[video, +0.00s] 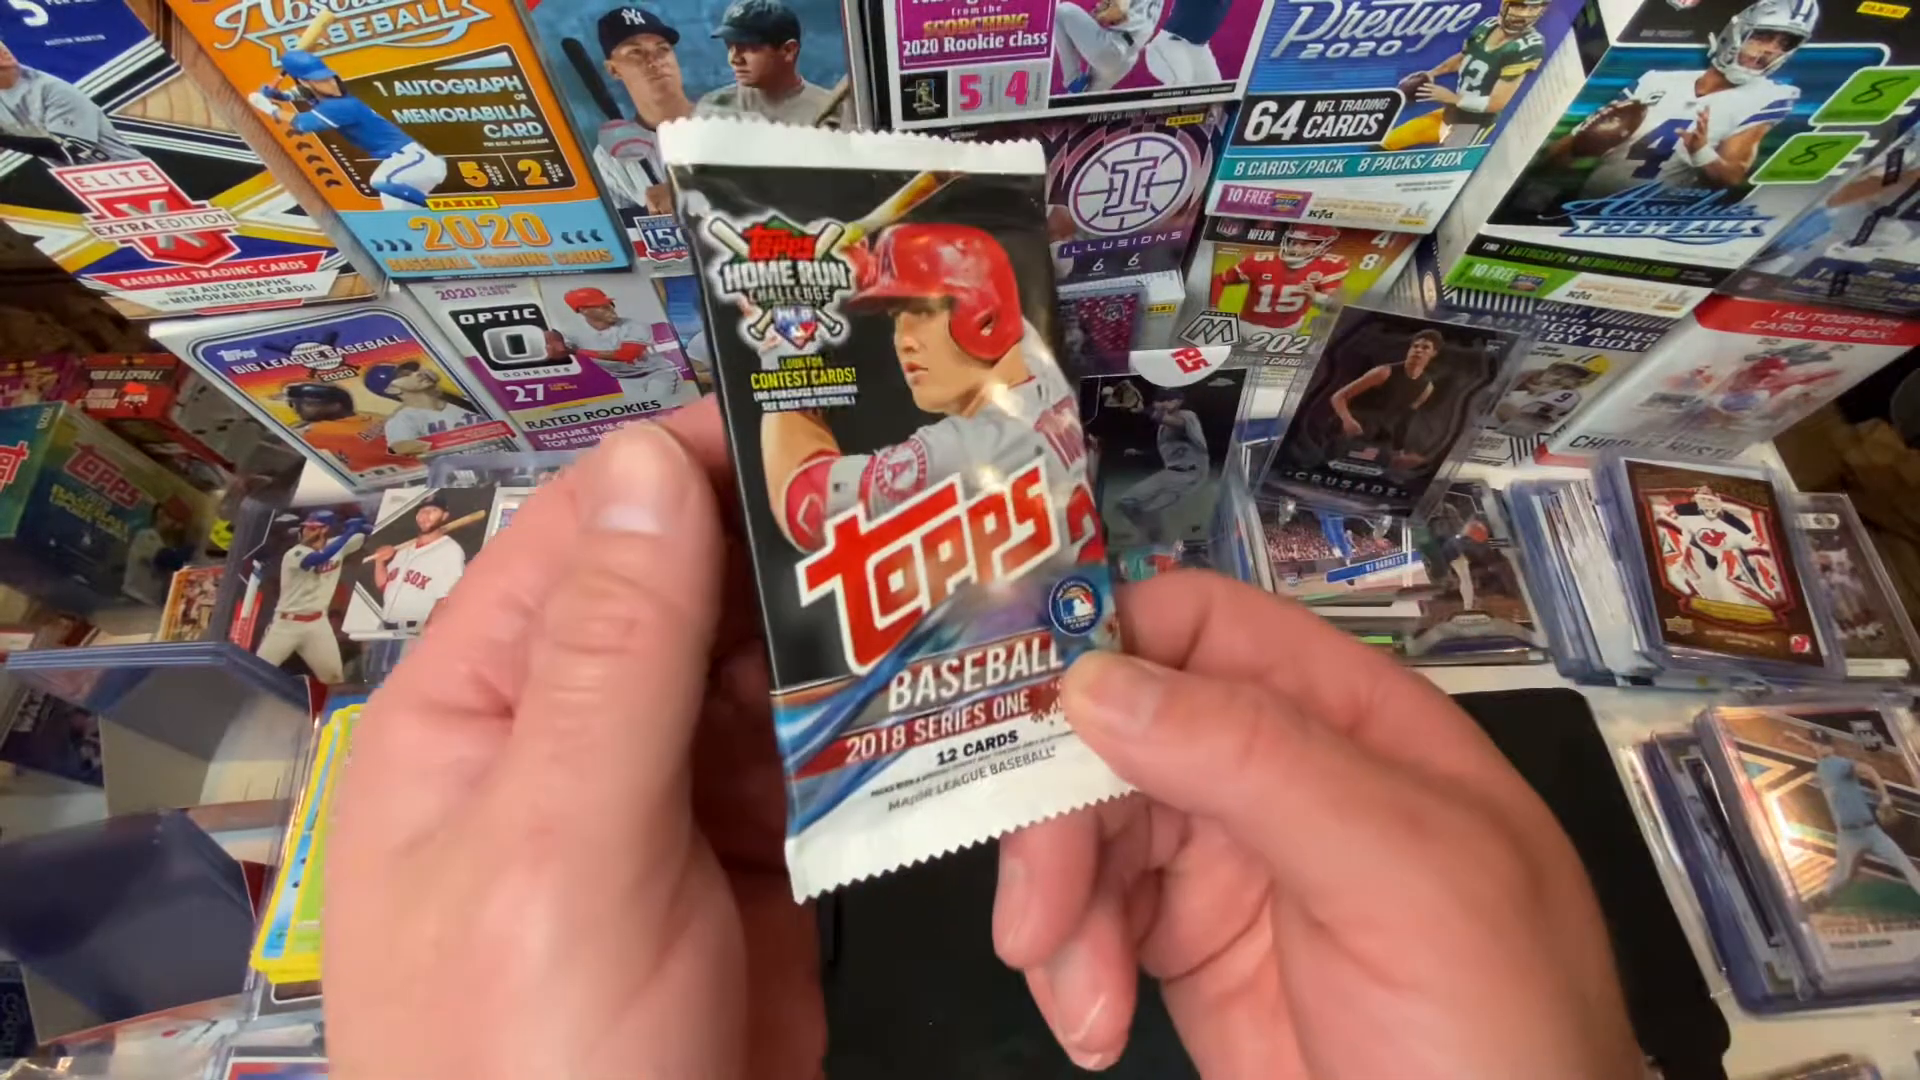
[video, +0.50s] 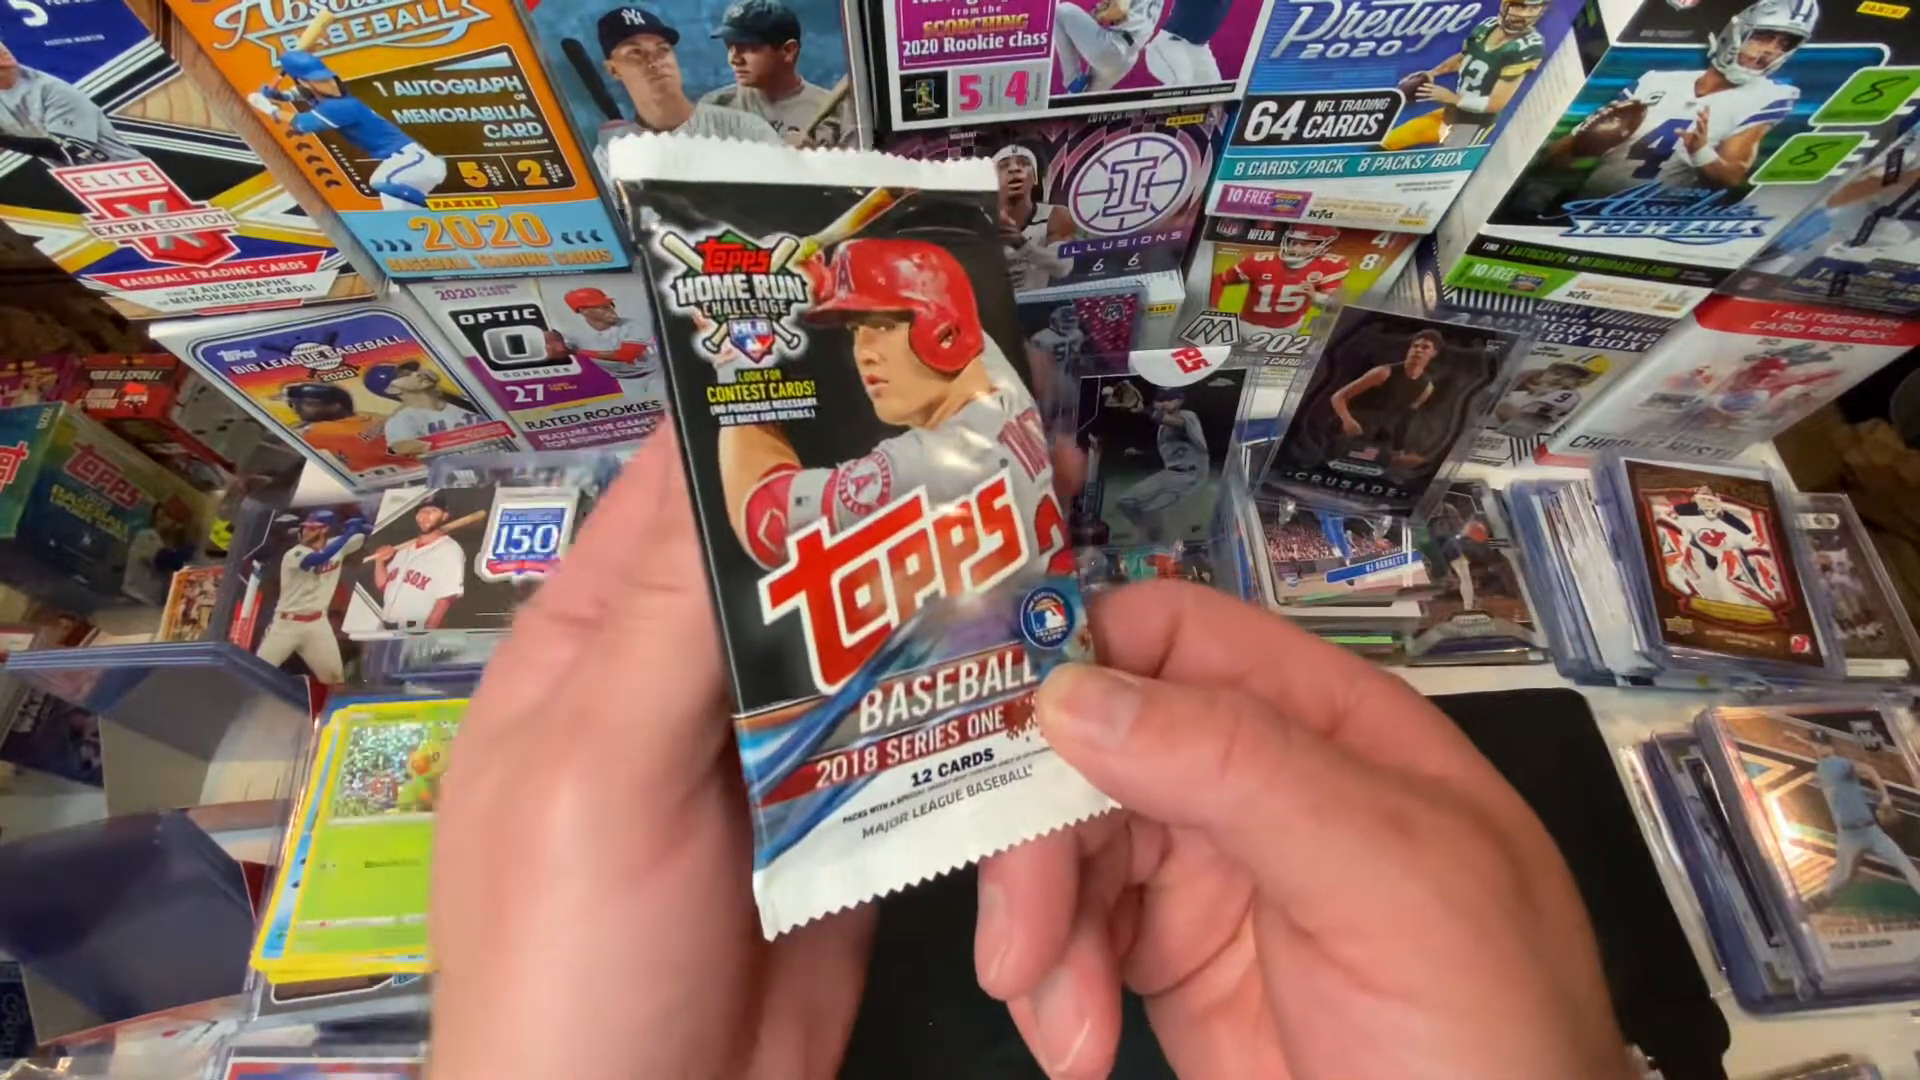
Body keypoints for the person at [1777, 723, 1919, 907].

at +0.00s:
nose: (1823, 749)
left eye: (1825, 744)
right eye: (1819, 746)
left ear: (1831, 745)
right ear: (1814, 748)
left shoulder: (1839, 764)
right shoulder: (1823, 767)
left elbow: (1869, 770)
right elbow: (1866, 769)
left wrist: (1884, 797)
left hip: (1871, 829)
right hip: (1847, 835)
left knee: (1904, 863)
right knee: (1842, 876)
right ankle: (1824, 897)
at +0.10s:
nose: (1823, 749)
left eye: (1825, 744)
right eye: (1818, 745)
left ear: (1831, 745)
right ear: (1814, 748)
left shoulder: (1839, 763)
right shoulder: (1824, 767)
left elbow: (1868, 770)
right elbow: (1866, 769)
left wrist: (1885, 797)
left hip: (1871, 829)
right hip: (1847, 834)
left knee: (1904, 864)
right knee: (1843, 876)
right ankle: (1824, 897)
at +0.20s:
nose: (1823, 749)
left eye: (1825, 744)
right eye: (1819, 745)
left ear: (1831, 745)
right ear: (1814, 748)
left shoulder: (1839, 764)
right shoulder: (1823, 767)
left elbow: (1868, 770)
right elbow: (1866, 769)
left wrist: (1885, 797)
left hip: (1871, 829)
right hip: (1847, 834)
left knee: (1904, 864)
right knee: (1843, 876)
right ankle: (1824, 897)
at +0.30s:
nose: (1823, 749)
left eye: (1825, 744)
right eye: (1819, 746)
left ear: (1831, 745)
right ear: (1814, 748)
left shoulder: (1839, 763)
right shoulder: (1823, 767)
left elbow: (1868, 770)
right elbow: (1866, 769)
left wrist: (1885, 797)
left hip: (1871, 829)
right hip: (1847, 834)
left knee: (1903, 863)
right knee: (1843, 876)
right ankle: (1824, 897)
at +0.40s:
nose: (1823, 750)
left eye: (1826, 744)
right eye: (1819, 746)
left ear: (1831, 745)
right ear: (1813, 748)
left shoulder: (1840, 764)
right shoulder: (1823, 767)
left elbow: (1869, 770)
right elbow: (1866, 770)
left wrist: (1885, 797)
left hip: (1871, 829)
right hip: (1847, 834)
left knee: (1904, 863)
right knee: (1843, 876)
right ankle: (1824, 897)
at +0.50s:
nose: (1823, 749)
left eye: (1825, 744)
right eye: (1818, 746)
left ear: (1831, 745)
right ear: (1813, 748)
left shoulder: (1840, 764)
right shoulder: (1822, 767)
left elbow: (1869, 770)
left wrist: (1885, 797)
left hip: (1871, 829)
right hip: (1847, 834)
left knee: (1903, 863)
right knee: (1843, 876)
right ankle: (1824, 896)